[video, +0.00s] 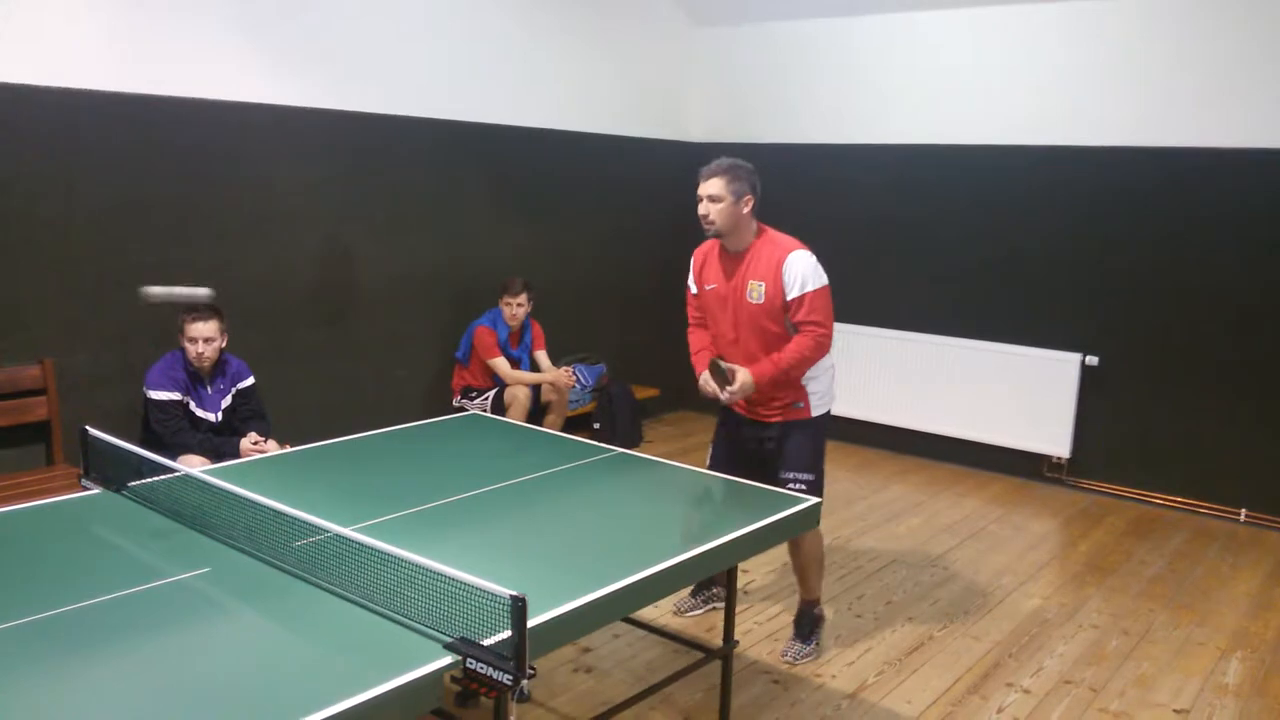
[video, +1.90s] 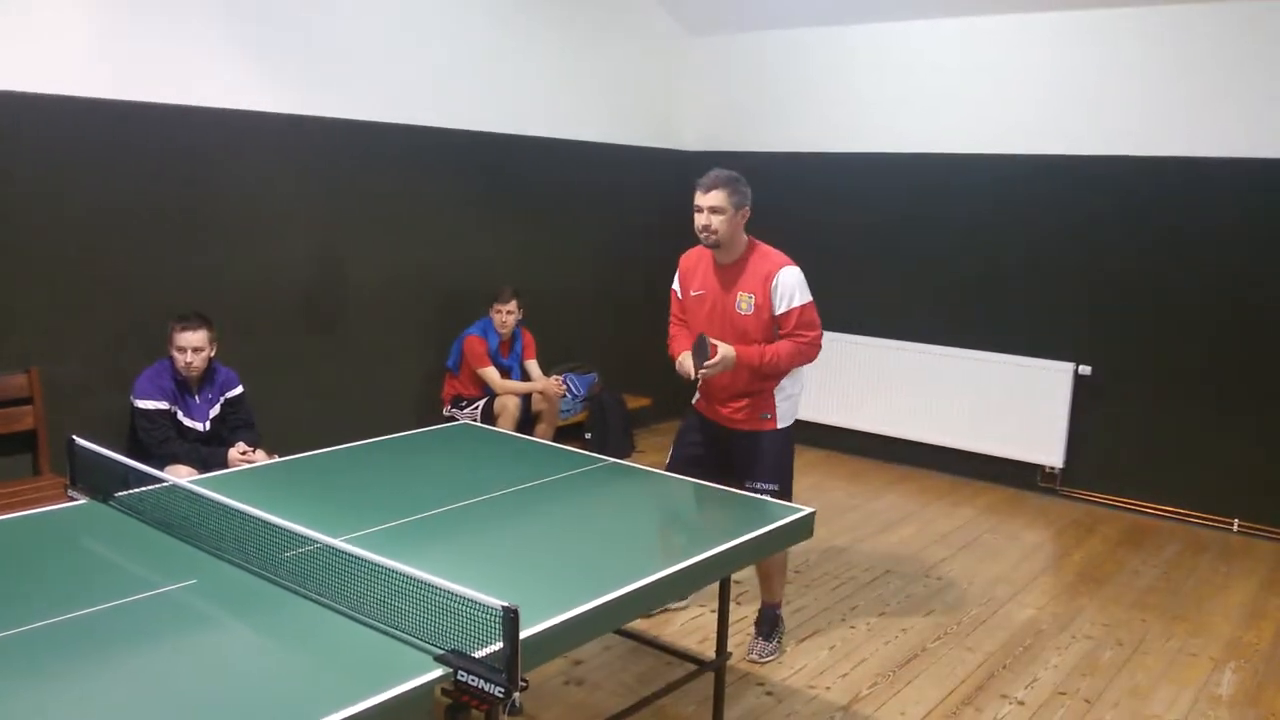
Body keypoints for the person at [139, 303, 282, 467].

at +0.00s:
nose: (200, 350)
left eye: (208, 341)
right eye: (192, 341)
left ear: (223, 341)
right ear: (182, 341)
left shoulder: (236, 370)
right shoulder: (162, 377)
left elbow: (252, 419)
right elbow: (175, 439)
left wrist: (253, 439)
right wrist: (235, 448)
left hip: (227, 450)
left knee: (271, 449)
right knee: (196, 465)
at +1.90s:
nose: (188, 360)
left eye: (197, 351)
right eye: (180, 351)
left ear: (212, 350)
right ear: (170, 350)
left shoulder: (225, 380)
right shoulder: (150, 386)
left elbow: (241, 427)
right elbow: (161, 449)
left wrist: (241, 446)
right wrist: (223, 458)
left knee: (261, 460)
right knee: (184, 475)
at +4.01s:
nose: (204, 360)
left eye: (211, 351)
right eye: (195, 352)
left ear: (219, 348)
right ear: (177, 350)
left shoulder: (231, 378)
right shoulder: (156, 384)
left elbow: (247, 427)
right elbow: (168, 446)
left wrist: (248, 445)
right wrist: (229, 455)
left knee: (265, 458)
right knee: (190, 473)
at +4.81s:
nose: (199, 363)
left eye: (204, 354)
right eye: (189, 355)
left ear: (211, 351)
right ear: (169, 354)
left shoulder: (223, 382)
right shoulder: (147, 388)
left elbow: (239, 431)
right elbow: (158, 451)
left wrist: (238, 449)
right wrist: (220, 461)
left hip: (213, 462)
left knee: (256, 462)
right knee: (181, 478)